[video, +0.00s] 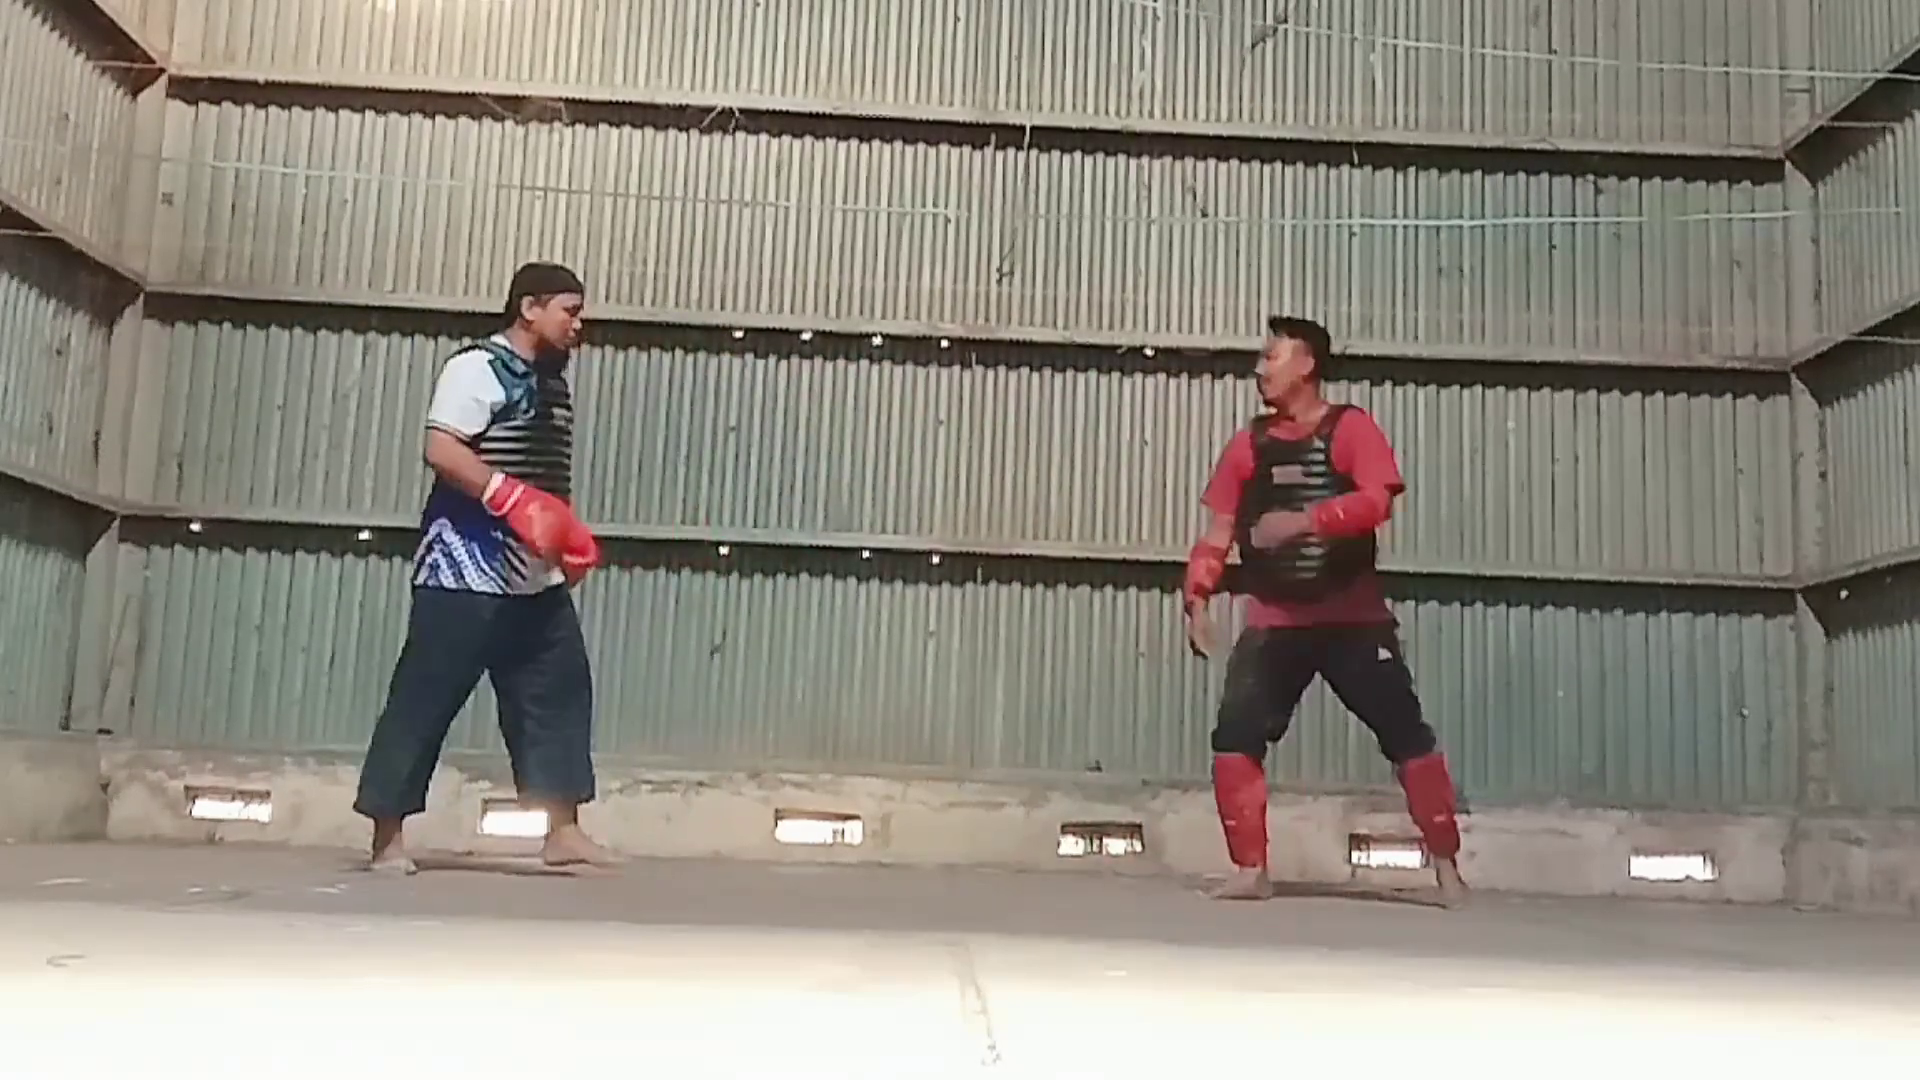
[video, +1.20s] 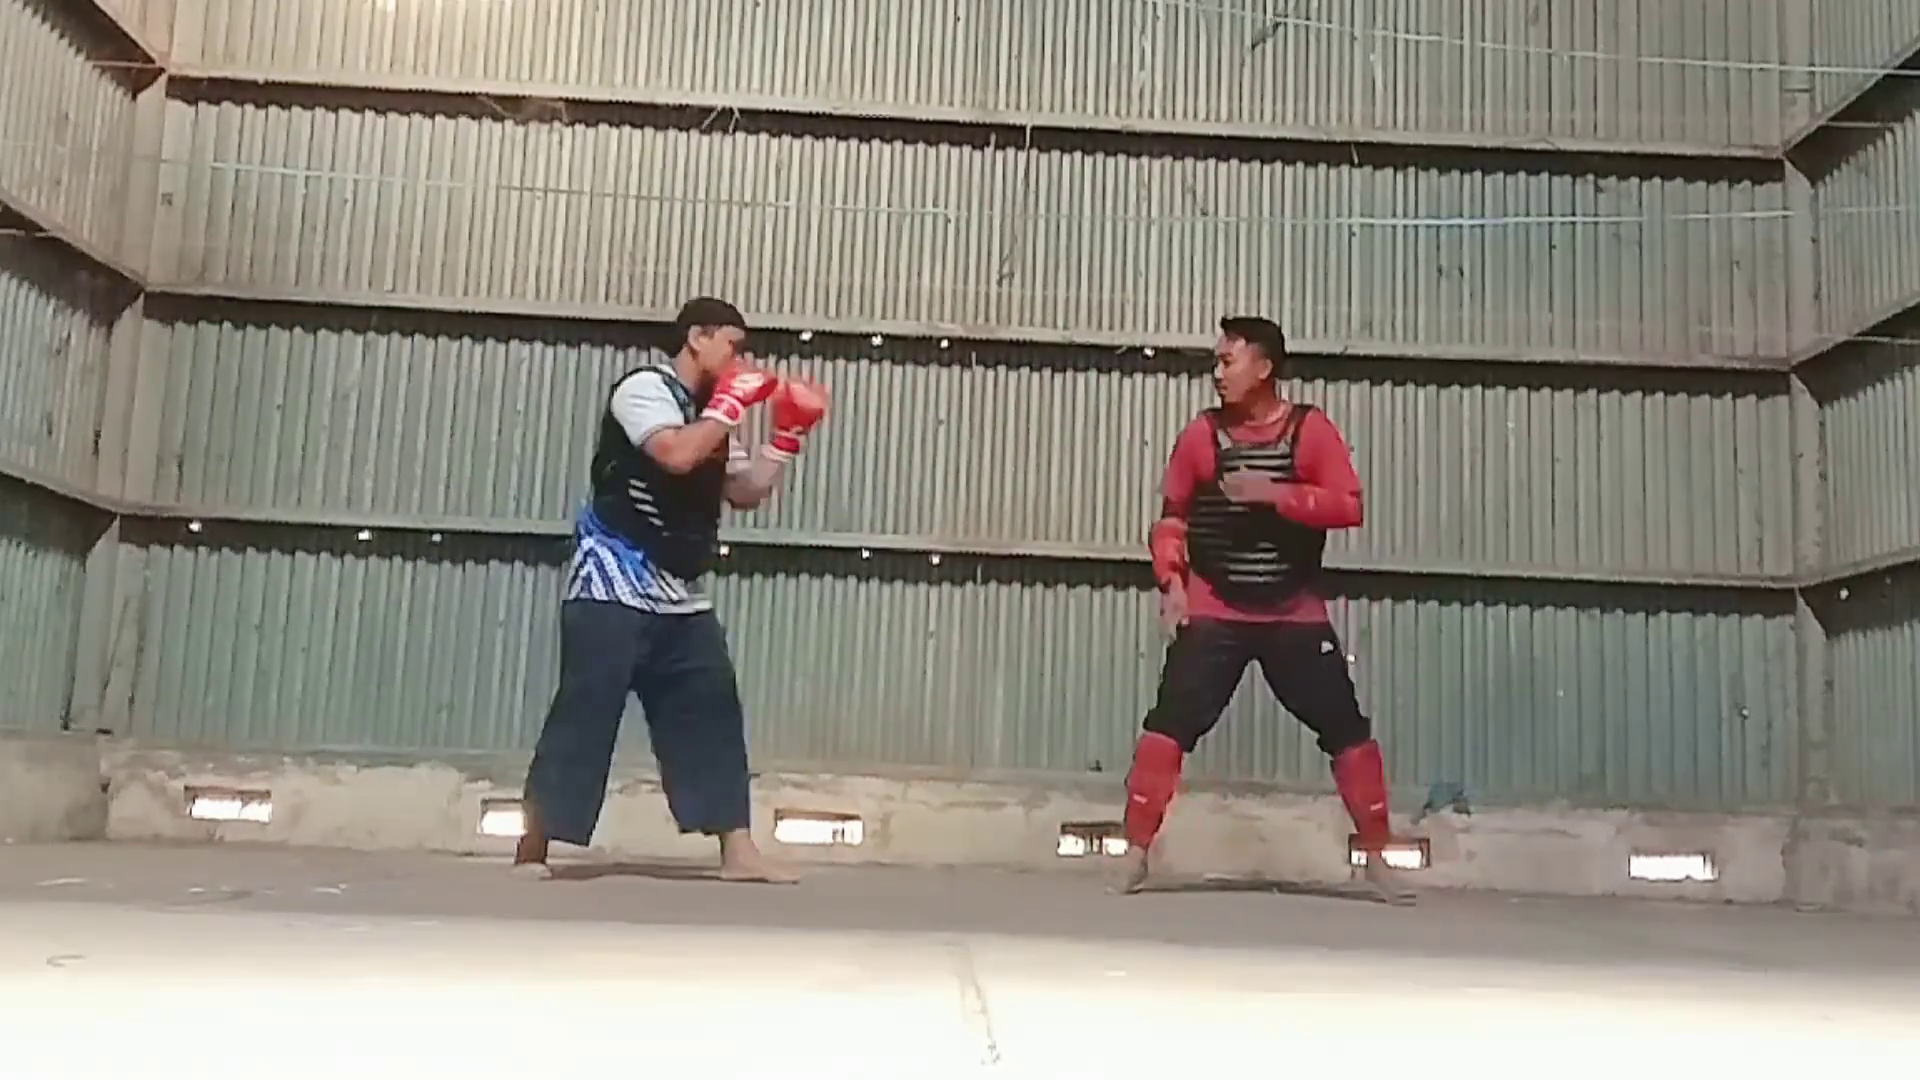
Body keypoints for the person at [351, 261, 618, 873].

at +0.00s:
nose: (579, 324)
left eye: (581, 313)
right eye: (570, 310)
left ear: (543, 313)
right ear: (530, 308)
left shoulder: (555, 383)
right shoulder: (475, 369)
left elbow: (540, 476)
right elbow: (442, 448)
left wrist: (561, 535)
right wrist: (513, 499)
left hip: (534, 579)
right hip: (462, 576)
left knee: (558, 693)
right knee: (424, 700)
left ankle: (564, 833)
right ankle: (387, 840)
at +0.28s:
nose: (610, 333)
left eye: (611, 323)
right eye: (601, 321)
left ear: (575, 323)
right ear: (561, 319)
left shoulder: (583, 396)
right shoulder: (507, 376)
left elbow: (575, 489)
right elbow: (484, 455)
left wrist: (636, 507)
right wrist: (566, 480)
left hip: (558, 582)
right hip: (487, 578)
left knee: (581, 710)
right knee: (439, 704)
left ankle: (604, 846)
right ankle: (391, 842)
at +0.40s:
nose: (638, 341)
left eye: (640, 331)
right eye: (630, 328)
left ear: (604, 331)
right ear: (591, 325)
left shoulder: (609, 410)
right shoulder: (540, 377)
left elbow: (613, 494)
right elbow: (544, 444)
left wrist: (678, 476)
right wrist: (626, 436)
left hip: (584, 583)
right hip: (512, 575)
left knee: (608, 707)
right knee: (462, 703)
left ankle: (609, 845)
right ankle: (396, 841)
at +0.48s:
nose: (666, 349)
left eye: (670, 340)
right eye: (660, 334)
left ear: (635, 335)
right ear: (621, 326)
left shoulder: (644, 401)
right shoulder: (567, 374)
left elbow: (673, 480)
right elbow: (606, 428)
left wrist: (718, 430)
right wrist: (671, 384)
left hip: (602, 579)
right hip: (533, 571)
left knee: (623, 711)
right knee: (495, 704)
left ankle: (612, 846)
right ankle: (414, 826)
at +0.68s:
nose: (690, 345)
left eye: (695, 335)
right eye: (685, 332)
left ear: (663, 330)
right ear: (647, 322)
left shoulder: (659, 395)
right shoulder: (591, 372)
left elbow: (695, 473)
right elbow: (642, 434)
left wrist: (733, 410)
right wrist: (692, 377)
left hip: (620, 577)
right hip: (556, 565)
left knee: (630, 708)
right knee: (544, 694)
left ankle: (612, 848)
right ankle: (500, 827)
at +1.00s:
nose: (701, 347)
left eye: (704, 337)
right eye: (696, 335)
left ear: (672, 333)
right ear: (658, 327)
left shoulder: (668, 396)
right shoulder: (604, 384)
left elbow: (679, 469)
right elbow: (649, 453)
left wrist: (724, 422)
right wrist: (700, 401)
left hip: (650, 577)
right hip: (582, 571)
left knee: (695, 691)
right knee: (571, 696)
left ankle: (690, 839)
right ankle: (532, 844)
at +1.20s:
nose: (740, 359)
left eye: (742, 350)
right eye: (734, 346)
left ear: (709, 344)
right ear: (697, 338)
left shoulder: (710, 417)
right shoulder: (643, 388)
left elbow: (744, 492)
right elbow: (677, 455)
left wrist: (787, 436)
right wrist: (730, 404)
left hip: (678, 586)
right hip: (613, 574)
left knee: (713, 703)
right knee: (591, 697)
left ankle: (739, 848)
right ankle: (535, 836)